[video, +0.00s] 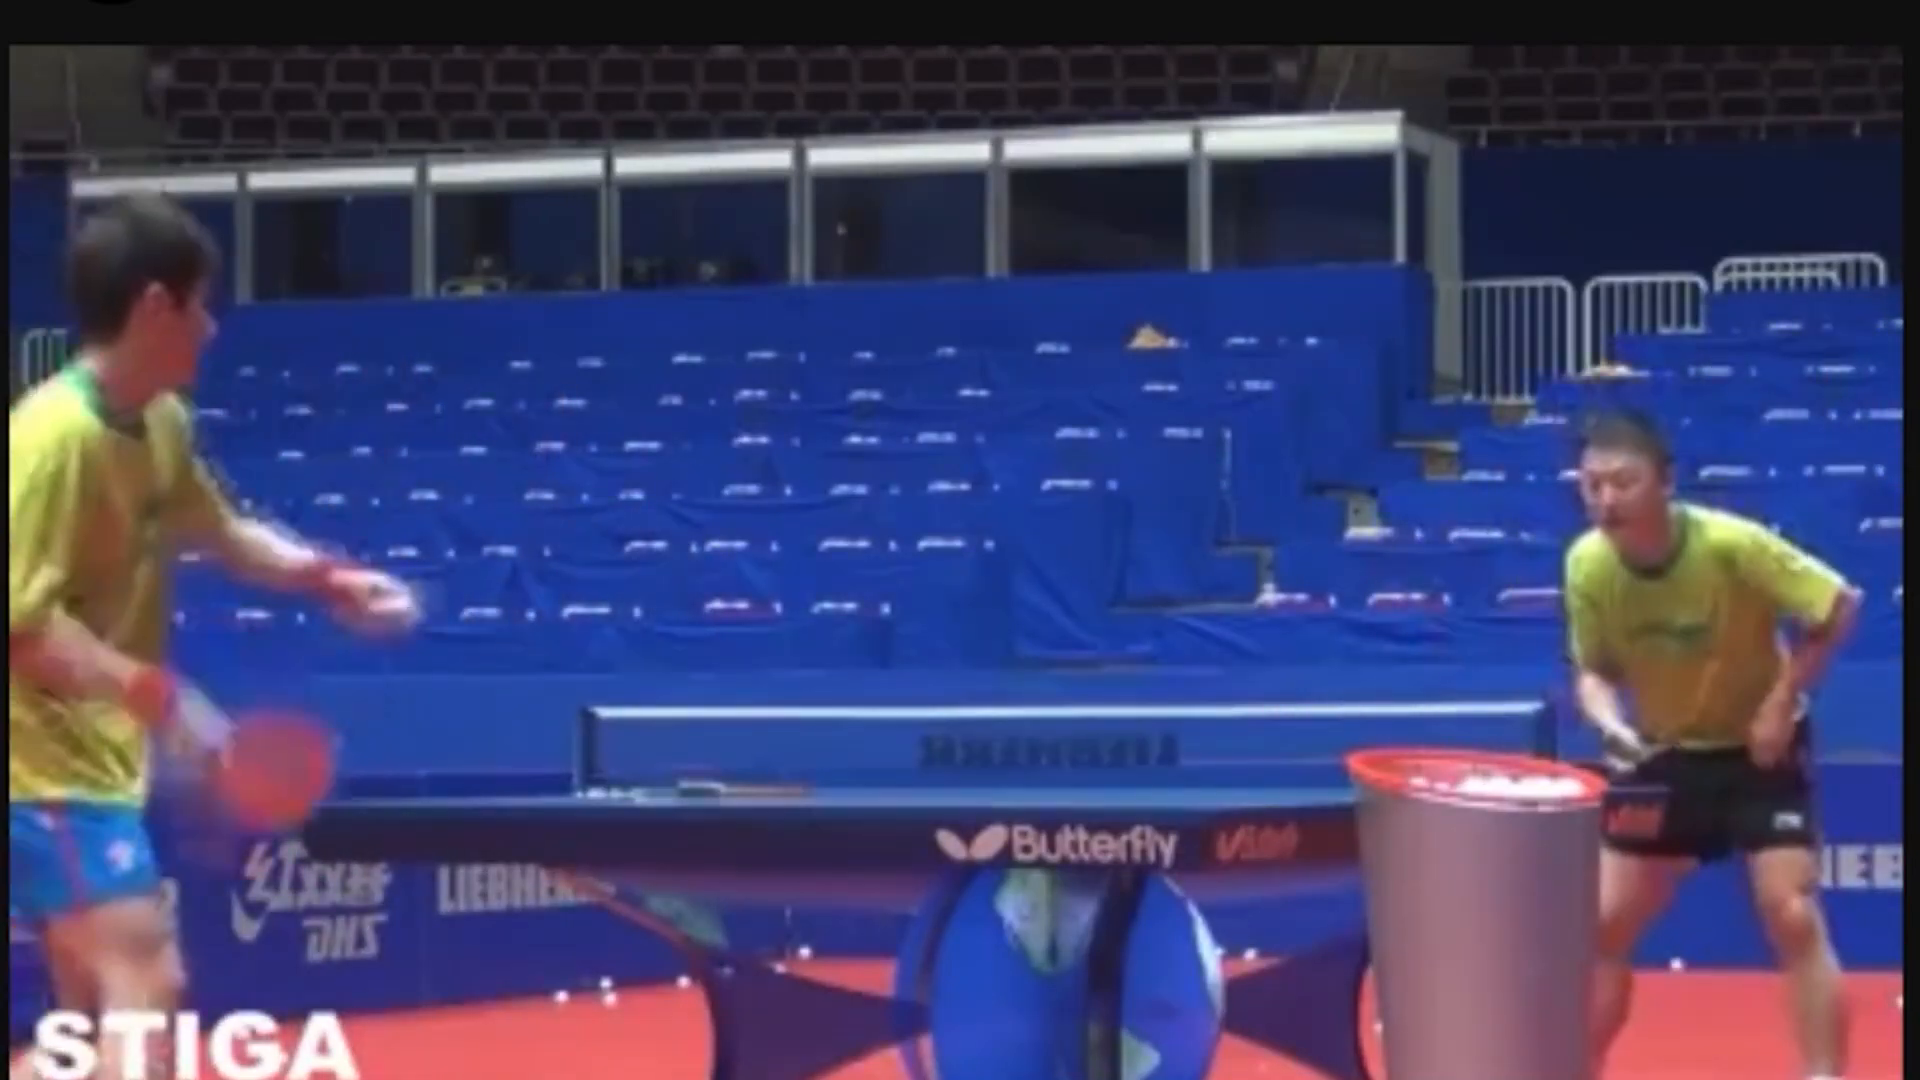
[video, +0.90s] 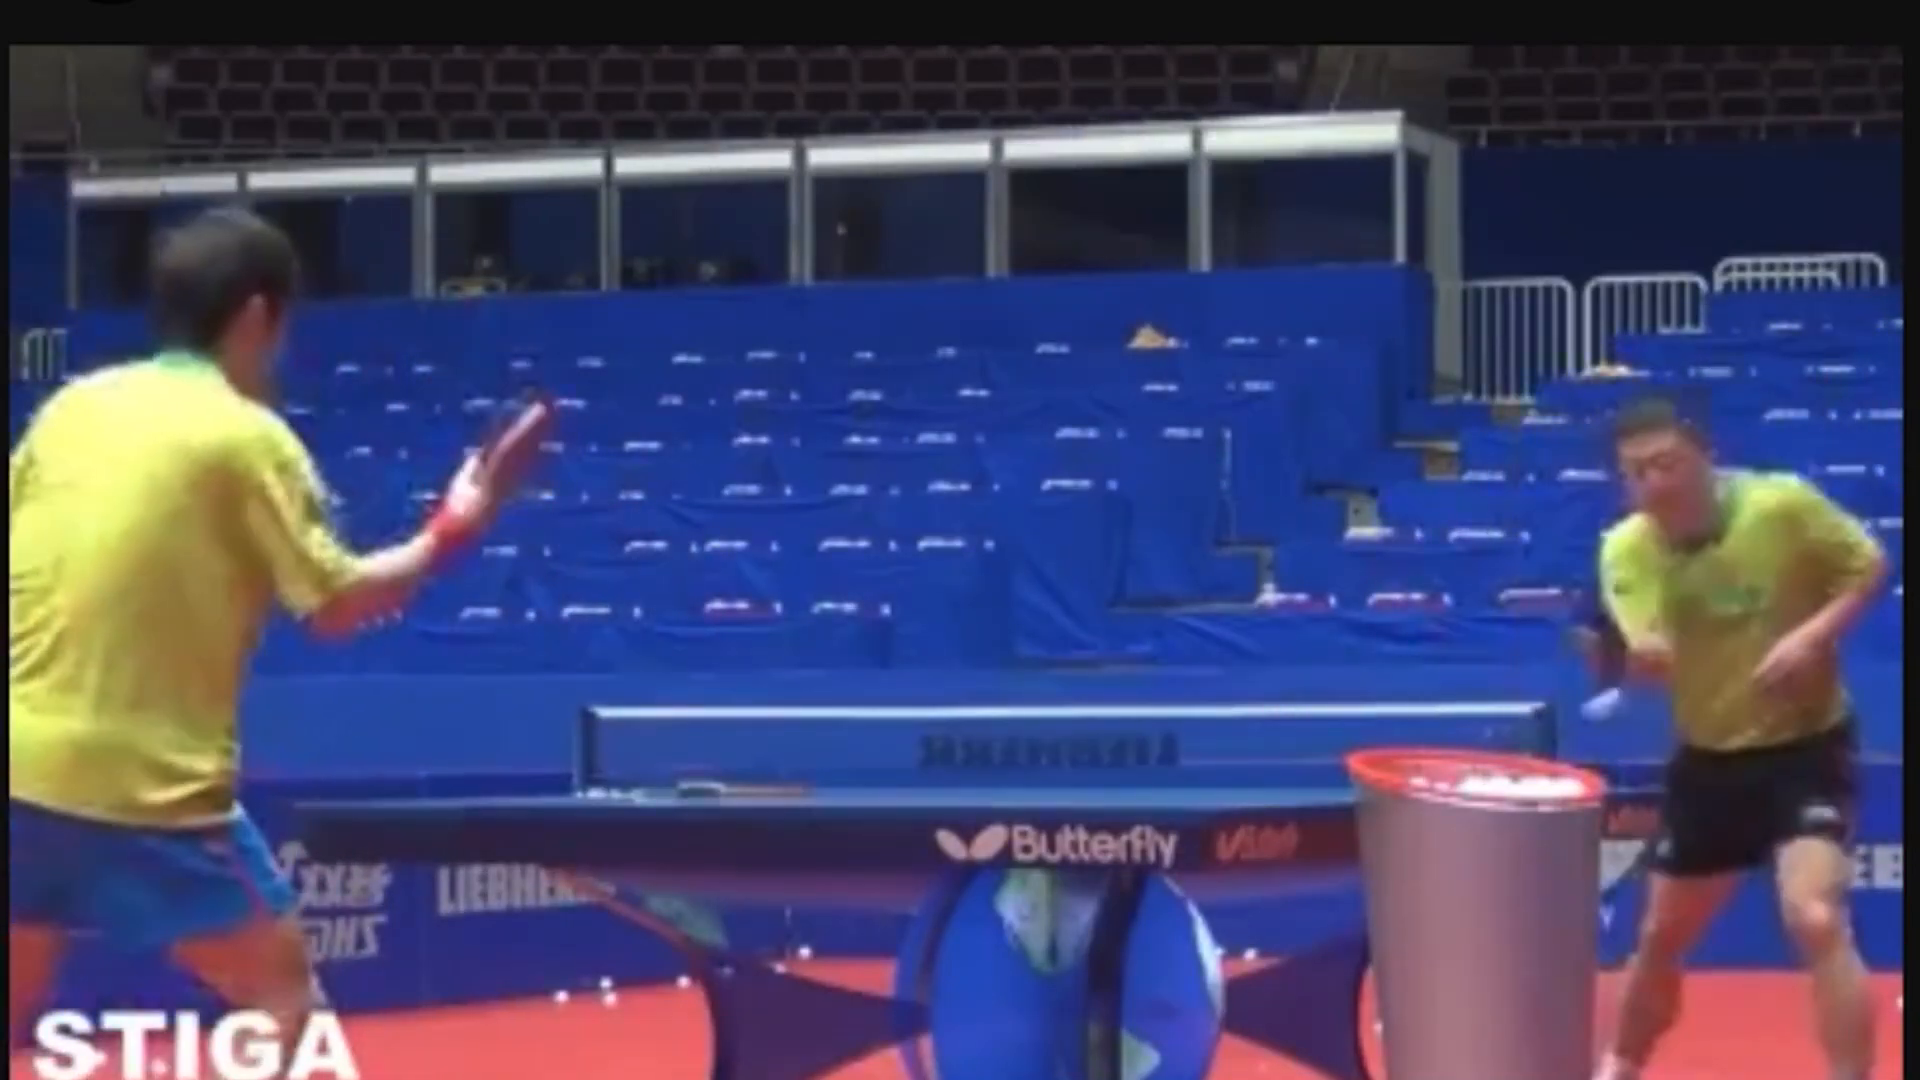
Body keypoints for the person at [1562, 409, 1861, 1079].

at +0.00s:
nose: (1605, 500)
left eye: (1621, 482)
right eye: (1593, 484)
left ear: (1663, 481)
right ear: (1582, 488)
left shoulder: (1731, 546)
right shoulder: (1588, 564)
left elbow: (1840, 604)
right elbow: (1591, 671)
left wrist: (1785, 699)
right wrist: (1612, 726)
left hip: (1757, 752)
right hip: (1662, 758)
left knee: (1792, 915)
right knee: (1604, 922)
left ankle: (1824, 1070)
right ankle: (1578, 1068)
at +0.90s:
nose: (1654, 485)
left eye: (1665, 464)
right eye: (1638, 471)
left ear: (1702, 455)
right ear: (1625, 478)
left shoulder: (1781, 505)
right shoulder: (1627, 546)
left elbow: (1870, 566)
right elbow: (1650, 645)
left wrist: (1812, 637)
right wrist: (1642, 654)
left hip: (1806, 748)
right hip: (1709, 757)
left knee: (1813, 918)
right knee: (1660, 937)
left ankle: (1852, 1071)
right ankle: (1621, 1066)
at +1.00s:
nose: (1693, 456)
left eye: (1705, 436)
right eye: (1679, 441)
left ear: (1742, 425)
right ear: (1668, 444)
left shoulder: (1805, 470)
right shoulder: (1669, 516)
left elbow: (1876, 546)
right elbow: (1700, 586)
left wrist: (1845, 608)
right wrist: (1726, 649)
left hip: (1826, 715)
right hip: (1731, 720)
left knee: (1831, 913)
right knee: (1699, 923)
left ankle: (1857, 1068)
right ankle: (1676, 1062)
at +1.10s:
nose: (1730, 428)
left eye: (1744, 409)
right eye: (1714, 414)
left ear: (1780, 402)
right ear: (1701, 420)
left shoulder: (1833, 456)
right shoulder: (1700, 496)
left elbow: (1887, 527)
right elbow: (1761, 571)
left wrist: (1892, 581)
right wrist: (1824, 611)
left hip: (1831, 709)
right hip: (1735, 715)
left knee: (1837, 914)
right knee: (1738, 912)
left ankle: (1859, 1071)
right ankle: (1761, 1051)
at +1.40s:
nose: (1749, 410)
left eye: (1766, 390)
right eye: (1737, 393)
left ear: (1810, 390)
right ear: (1726, 398)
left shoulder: (1872, 466)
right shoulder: (1709, 484)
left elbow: (1897, 565)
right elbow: (1685, 609)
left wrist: (1879, 634)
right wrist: (1770, 655)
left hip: (1849, 712)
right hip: (1746, 716)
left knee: (1847, 929)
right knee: (1743, 921)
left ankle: (1860, 1072)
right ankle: (1737, 1072)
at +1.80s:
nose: (1712, 399)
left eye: (1727, 380)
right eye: (1703, 383)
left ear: (1778, 379)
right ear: (1699, 392)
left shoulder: (1863, 458)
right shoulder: (1694, 481)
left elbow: (1902, 565)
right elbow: (1667, 583)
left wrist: (1860, 598)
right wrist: (1672, 632)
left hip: (1851, 720)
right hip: (1745, 717)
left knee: (1883, 918)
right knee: (1729, 922)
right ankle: (1725, 1073)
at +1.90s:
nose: (1648, 424)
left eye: (1660, 404)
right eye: (1640, 409)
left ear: (1707, 398)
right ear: (1638, 416)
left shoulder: (1788, 475)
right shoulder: (1650, 496)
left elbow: (1848, 569)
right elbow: (1639, 585)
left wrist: (1764, 607)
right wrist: (1621, 621)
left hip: (1779, 706)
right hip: (1690, 706)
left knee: (1810, 893)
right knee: (1661, 888)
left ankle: (1880, 1057)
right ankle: (1655, 1059)